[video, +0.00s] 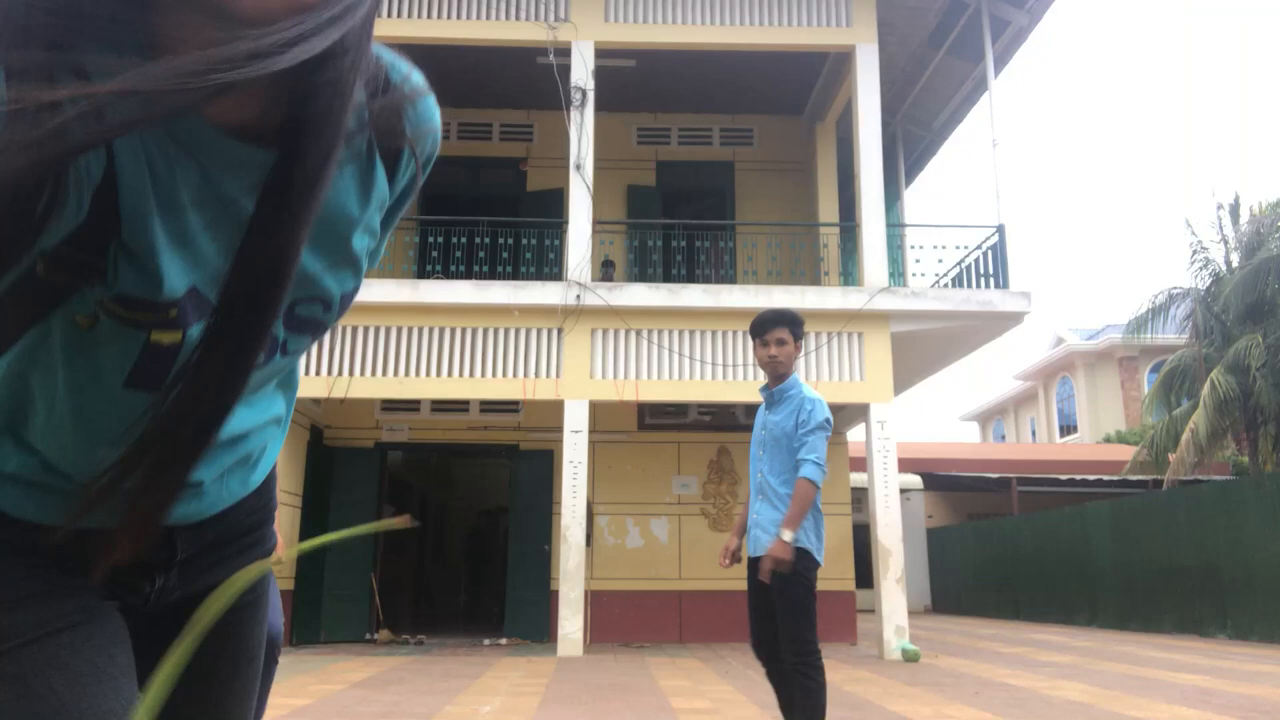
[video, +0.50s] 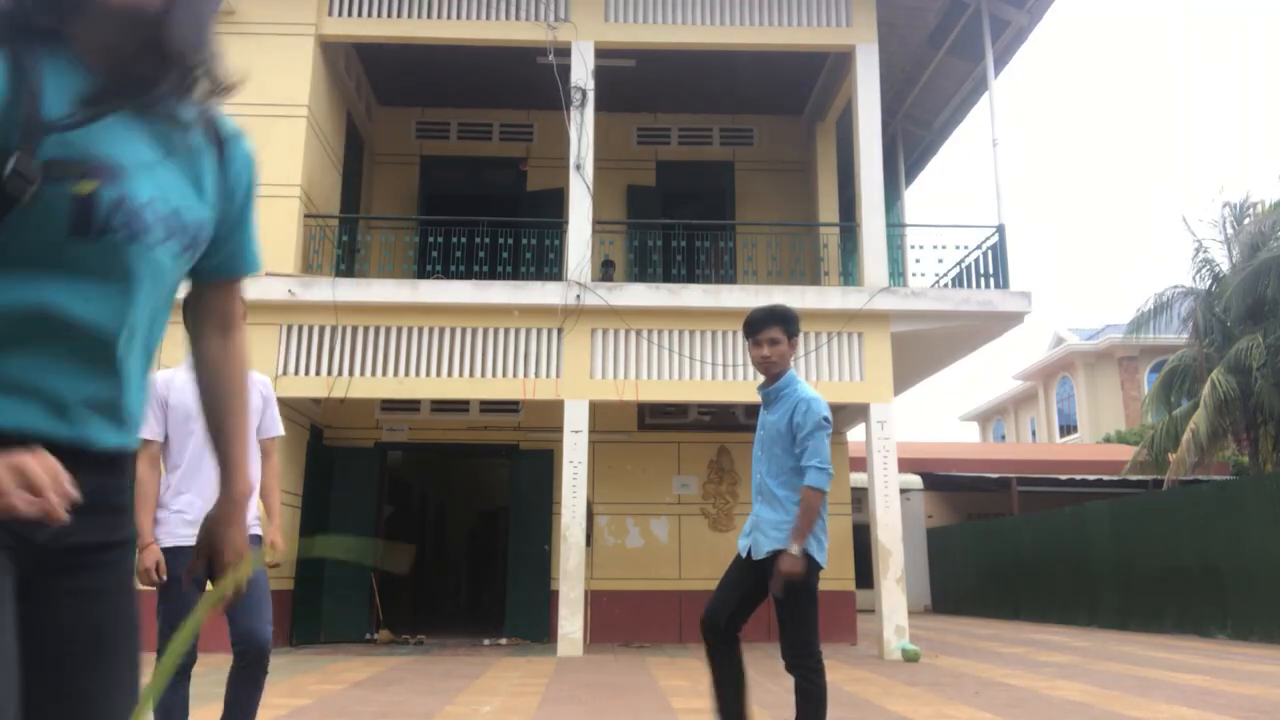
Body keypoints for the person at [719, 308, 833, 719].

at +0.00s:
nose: (773, 352)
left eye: (782, 343)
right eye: (765, 345)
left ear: (798, 348)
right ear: (755, 352)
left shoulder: (810, 405)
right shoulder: (766, 408)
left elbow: (811, 474)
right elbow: (762, 481)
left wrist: (786, 536)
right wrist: (738, 532)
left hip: (793, 545)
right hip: (761, 545)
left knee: (799, 651)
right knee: (766, 647)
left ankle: (810, 719)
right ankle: (796, 716)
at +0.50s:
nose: (765, 352)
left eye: (774, 343)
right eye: (756, 344)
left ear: (793, 346)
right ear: (748, 350)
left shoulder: (807, 404)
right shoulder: (771, 402)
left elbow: (817, 478)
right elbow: (775, 476)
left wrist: (797, 547)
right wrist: (756, 532)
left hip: (794, 546)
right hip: (759, 543)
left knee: (803, 659)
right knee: (717, 624)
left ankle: (810, 719)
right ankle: (733, 716)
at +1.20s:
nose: (731, 354)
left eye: (741, 345)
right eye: (728, 346)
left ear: (768, 348)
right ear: (726, 350)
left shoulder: (793, 405)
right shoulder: (730, 410)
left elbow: (820, 475)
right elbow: (736, 482)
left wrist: (815, 546)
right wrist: (728, 534)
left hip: (775, 548)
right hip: (731, 548)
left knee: (793, 657)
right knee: (699, 641)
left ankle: (806, 718)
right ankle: (695, 717)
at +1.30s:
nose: (712, 352)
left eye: (720, 344)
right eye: (711, 345)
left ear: (751, 349)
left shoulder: (784, 410)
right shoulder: (721, 411)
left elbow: (808, 481)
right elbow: (722, 481)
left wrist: (805, 551)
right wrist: (716, 535)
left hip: (763, 552)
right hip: (721, 552)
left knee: (784, 659)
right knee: (720, 660)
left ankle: (802, 718)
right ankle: (713, 719)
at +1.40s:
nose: (698, 350)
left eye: (704, 342)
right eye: (698, 342)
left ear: (730, 346)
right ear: (723, 347)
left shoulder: (769, 405)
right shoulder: (714, 410)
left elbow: (788, 479)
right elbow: (709, 488)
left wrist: (789, 548)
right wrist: (697, 547)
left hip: (752, 553)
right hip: (711, 554)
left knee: (771, 654)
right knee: (706, 654)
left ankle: (798, 717)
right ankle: (707, 719)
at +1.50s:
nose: (687, 350)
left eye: (693, 342)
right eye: (688, 342)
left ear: (719, 346)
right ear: (714, 347)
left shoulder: (754, 403)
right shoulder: (708, 410)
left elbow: (772, 477)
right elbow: (703, 487)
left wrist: (772, 547)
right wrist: (684, 543)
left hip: (739, 553)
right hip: (702, 554)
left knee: (759, 655)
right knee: (704, 657)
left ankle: (790, 717)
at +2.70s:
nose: (679, 350)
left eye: (686, 341)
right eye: (678, 343)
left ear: (714, 343)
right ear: (693, 347)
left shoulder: (741, 399)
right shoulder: (684, 406)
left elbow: (731, 463)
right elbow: (625, 425)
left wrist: (669, 463)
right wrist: (572, 393)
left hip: (716, 536)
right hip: (682, 539)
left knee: (710, 643)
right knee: (683, 649)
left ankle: (736, 718)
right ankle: (698, 719)